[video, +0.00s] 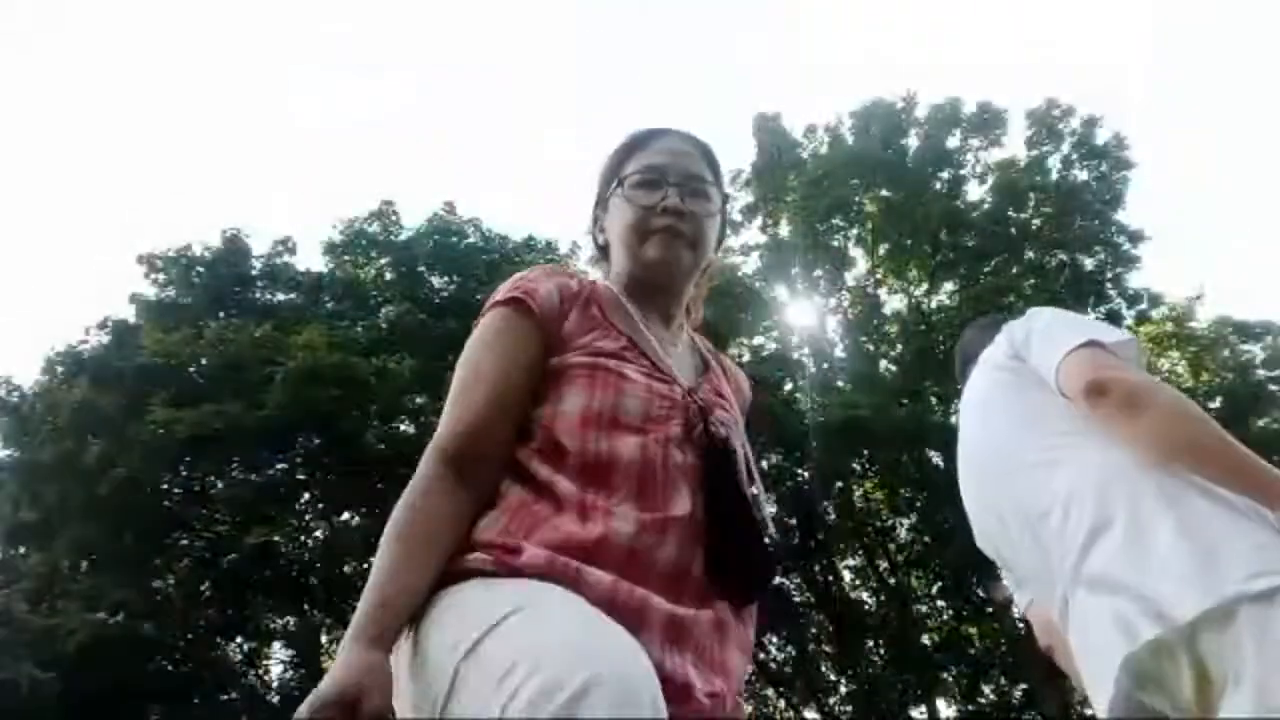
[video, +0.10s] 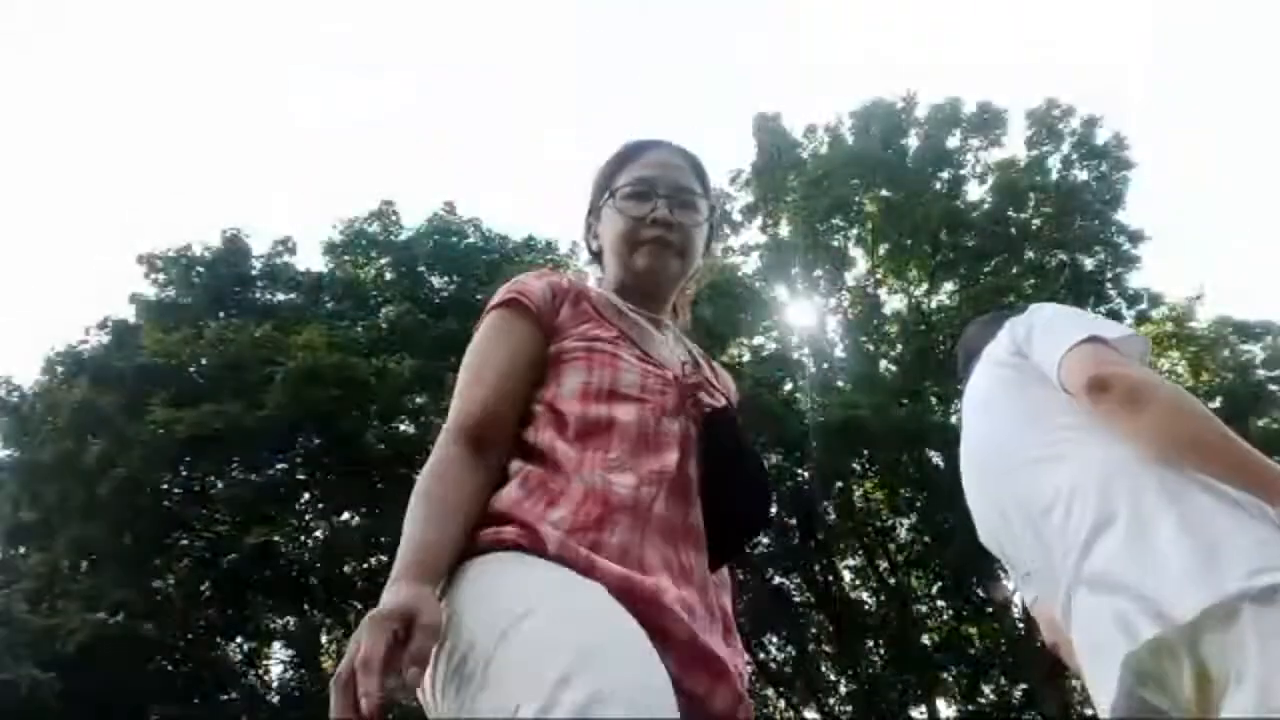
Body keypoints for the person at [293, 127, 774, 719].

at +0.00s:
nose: (673, 200)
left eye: (697, 189)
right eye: (648, 183)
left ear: (721, 233)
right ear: (604, 218)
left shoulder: (728, 382)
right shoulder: (549, 301)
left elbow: (719, 534)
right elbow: (454, 470)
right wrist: (365, 645)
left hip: (686, 673)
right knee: (605, 685)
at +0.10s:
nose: (662, 211)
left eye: (685, 201)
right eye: (639, 193)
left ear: (706, 242)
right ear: (596, 225)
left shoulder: (713, 379)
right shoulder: (549, 298)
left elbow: (716, 533)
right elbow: (470, 444)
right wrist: (412, 584)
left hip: (689, 626)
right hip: (538, 575)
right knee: (609, 695)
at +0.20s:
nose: (648, 245)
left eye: (671, 234)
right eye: (626, 229)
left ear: (692, 267)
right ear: (589, 260)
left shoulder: (690, 386)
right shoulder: (550, 324)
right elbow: (477, 450)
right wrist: (447, 542)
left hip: (685, 620)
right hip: (548, 576)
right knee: (598, 697)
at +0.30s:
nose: (642, 275)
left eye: (662, 264)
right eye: (620, 260)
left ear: (686, 296)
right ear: (584, 290)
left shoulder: (694, 415)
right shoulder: (554, 355)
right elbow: (490, 479)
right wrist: (480, 555)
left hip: (690, 645)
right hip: (561, 607)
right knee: (611, 705)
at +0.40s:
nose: (637, 285)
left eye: (656, 274)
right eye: (617, 271)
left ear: (680, 304)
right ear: (583, 300)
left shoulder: (690, 420)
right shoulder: (555, 364)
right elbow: (509, 488)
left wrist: (735, 686)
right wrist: (510, 585)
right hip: (586, 616)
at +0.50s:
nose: (632, 288)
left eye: (652, 277)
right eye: (612, 274)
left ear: (673, 308)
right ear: (580, 303)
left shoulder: (677, 421)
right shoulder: (549, 366)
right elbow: (510, 484)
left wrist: (749, 678)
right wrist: (526, 589)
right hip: (588, 613)